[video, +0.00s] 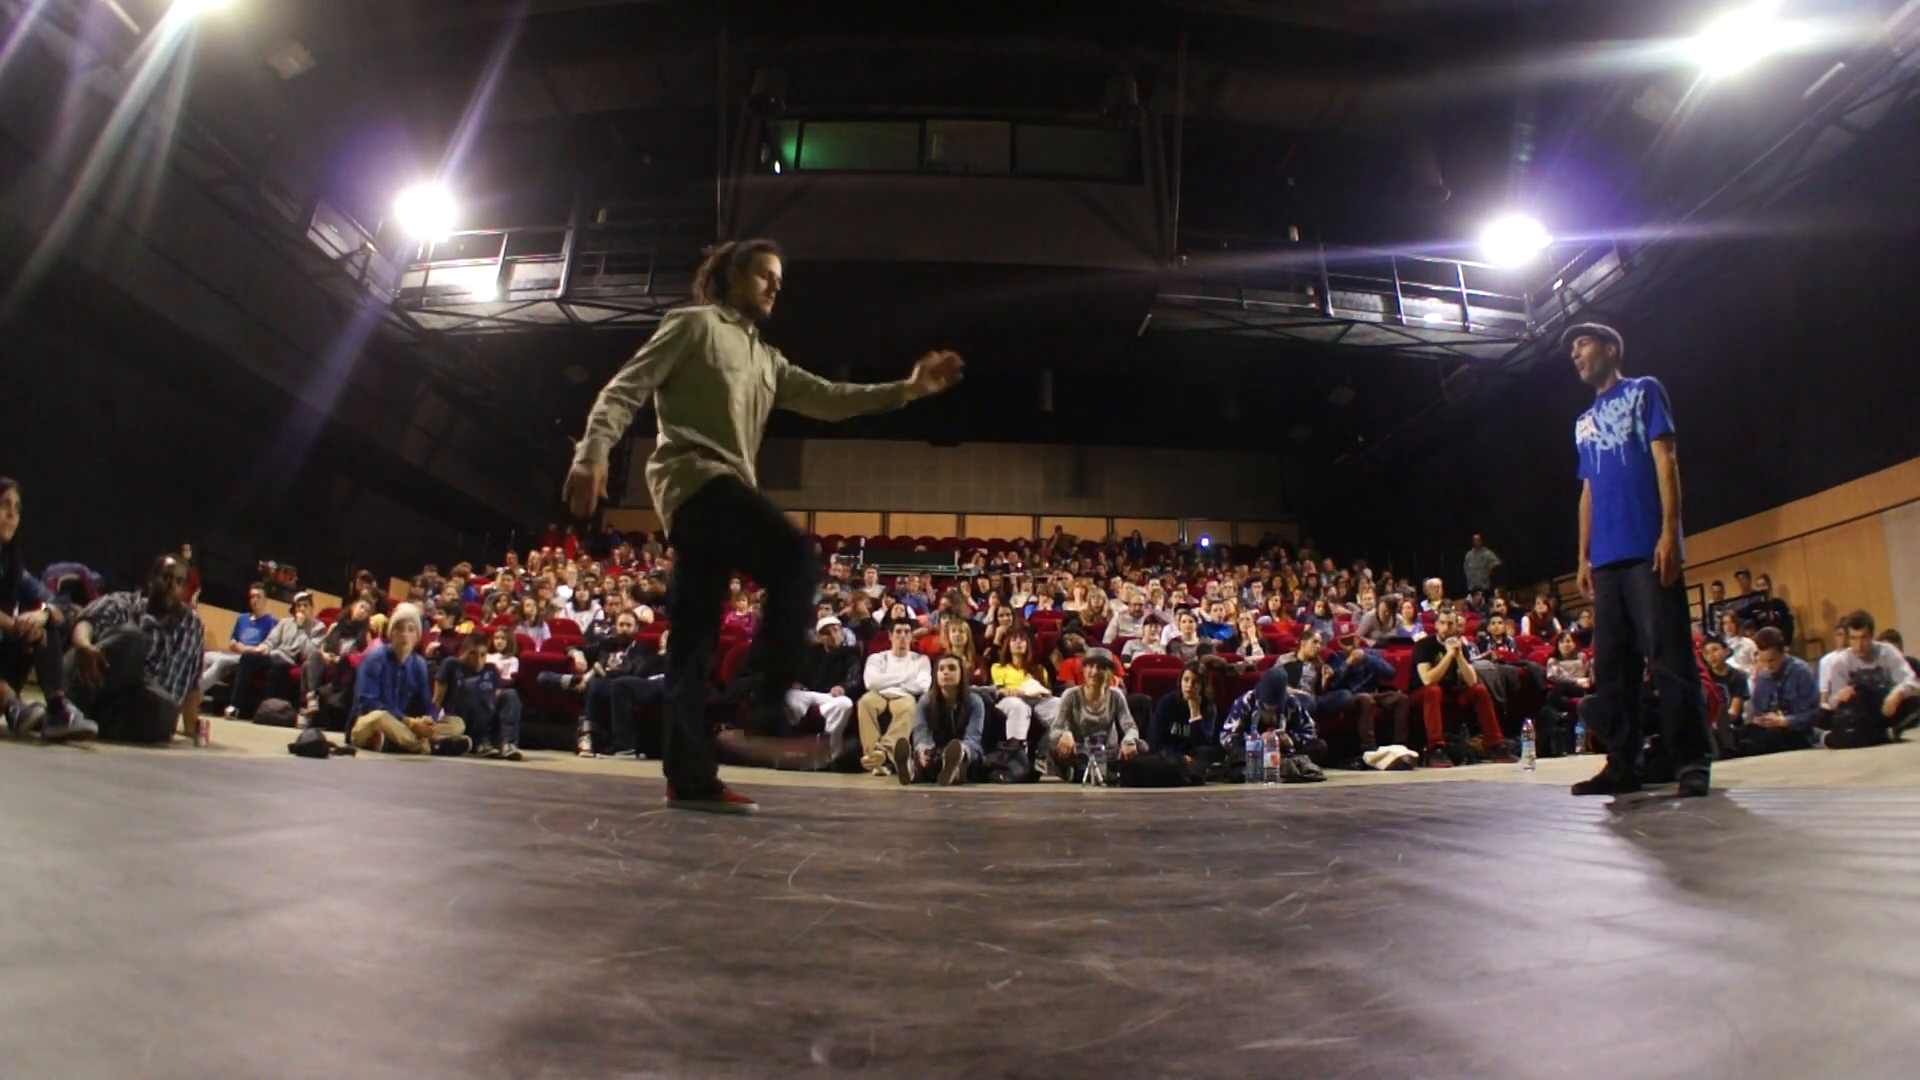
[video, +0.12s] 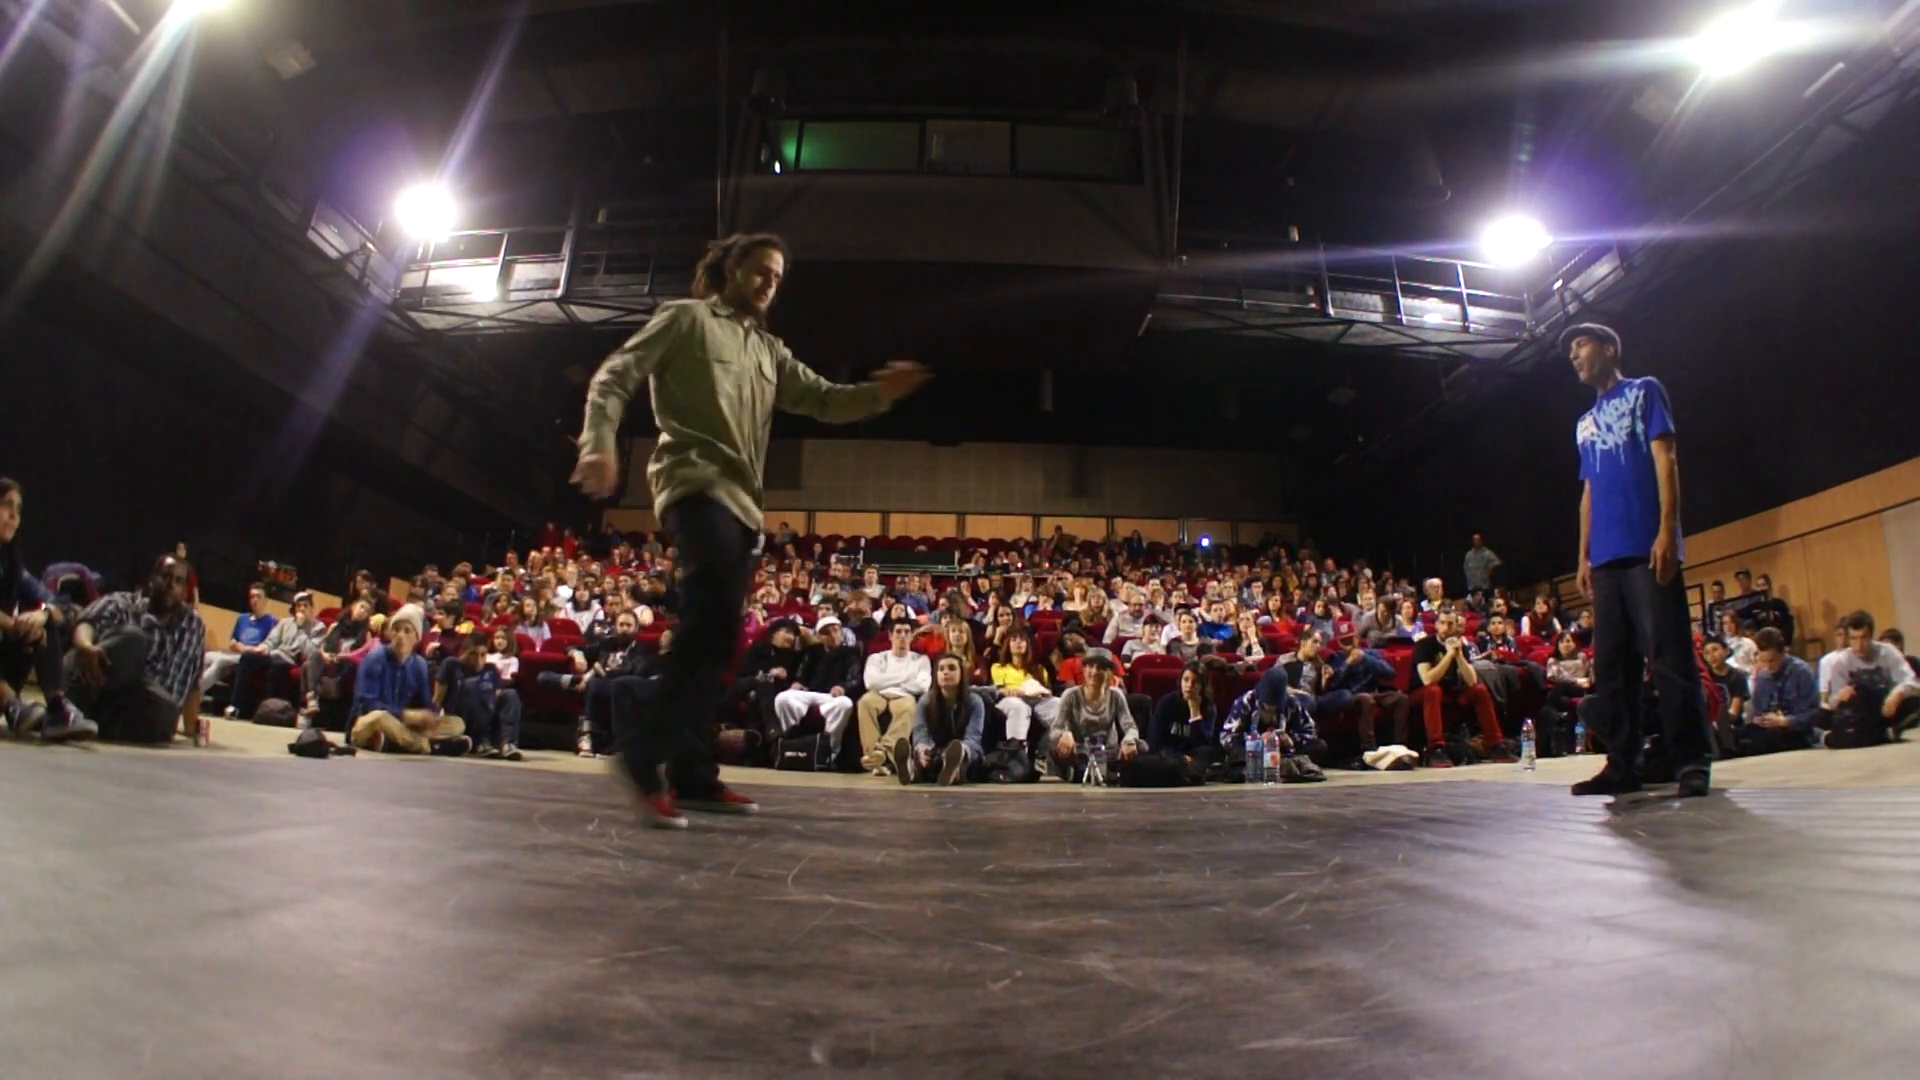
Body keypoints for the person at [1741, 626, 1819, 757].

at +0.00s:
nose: (1768, 666)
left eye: (1772, 660)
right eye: (1763, 661)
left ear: (1783, 653)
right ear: (1759, 658)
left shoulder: (1801, 671)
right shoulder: (1762, 676)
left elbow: (1812, 713)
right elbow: (1757, 710)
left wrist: (1784, 721)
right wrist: (1760, 720)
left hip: (1797, 731)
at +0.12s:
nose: (1768, 666)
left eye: (1772, 660)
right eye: (1763, 661)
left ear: (1784, 653)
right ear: (1758, 658)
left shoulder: (1801, 671)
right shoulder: (1762, 676)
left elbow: (1812, 713)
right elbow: (1757, 710)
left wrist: (1784, 721)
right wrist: (1761, 720)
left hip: (1798, 731)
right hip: (1768, 731)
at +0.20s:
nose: (1768, 667)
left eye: (1772, 661)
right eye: (1763, 661)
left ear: (1784, 653)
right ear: (1758, 658)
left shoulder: (1801, 671)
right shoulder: (1762, 675)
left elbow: (1812, 713)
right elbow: (1757, 710)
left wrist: (1784, 721)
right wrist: (1761, 720)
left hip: (1798, 731)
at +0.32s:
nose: (1768, 667)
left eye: (1773, 661)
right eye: (1764, 662)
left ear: (1783, 653)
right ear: (1759, 658)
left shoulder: (1802, 672)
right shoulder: (1762, 675)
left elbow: (1813, 713)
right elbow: (1757, 710)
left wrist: (1784, 721)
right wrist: (1760, 720)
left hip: (1798, 732)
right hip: (1767, 731)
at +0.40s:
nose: (1769, 667)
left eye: (1773, 661)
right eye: (1764, 662)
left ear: (1784, 653)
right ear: (1760, 658)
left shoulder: (1803, 672)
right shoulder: (1762, 675)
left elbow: (1813, 714)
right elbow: (1757, 710)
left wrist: (1783, 721)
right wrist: (1760, 720)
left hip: (1799, 732)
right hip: (1767, 731)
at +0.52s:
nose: (1769, 666)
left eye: (1773, 661)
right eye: (1765, 662)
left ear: (1784, 653)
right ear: (1760, 658)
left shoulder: (1803, 672)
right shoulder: (1762, 676)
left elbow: (1813, 714)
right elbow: (1758, 711)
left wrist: (1784, 722)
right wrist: (1761, 720)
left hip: (1799, 732)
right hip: (1768, 731)